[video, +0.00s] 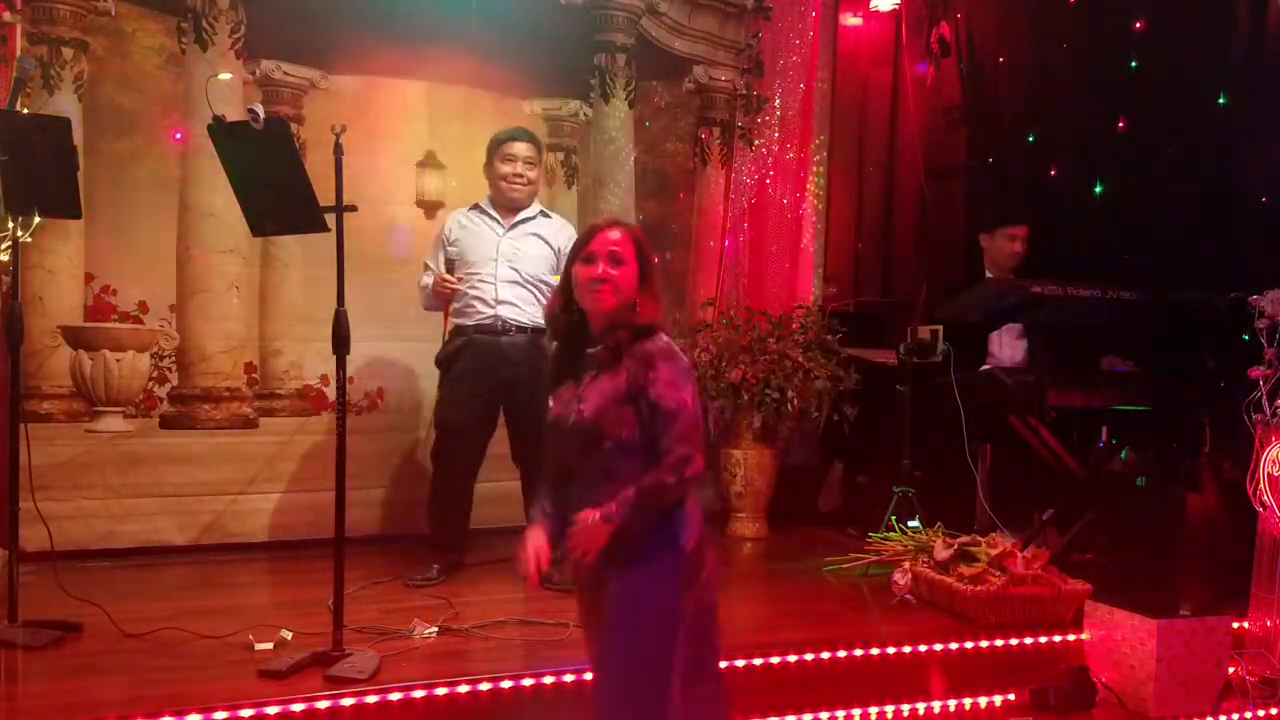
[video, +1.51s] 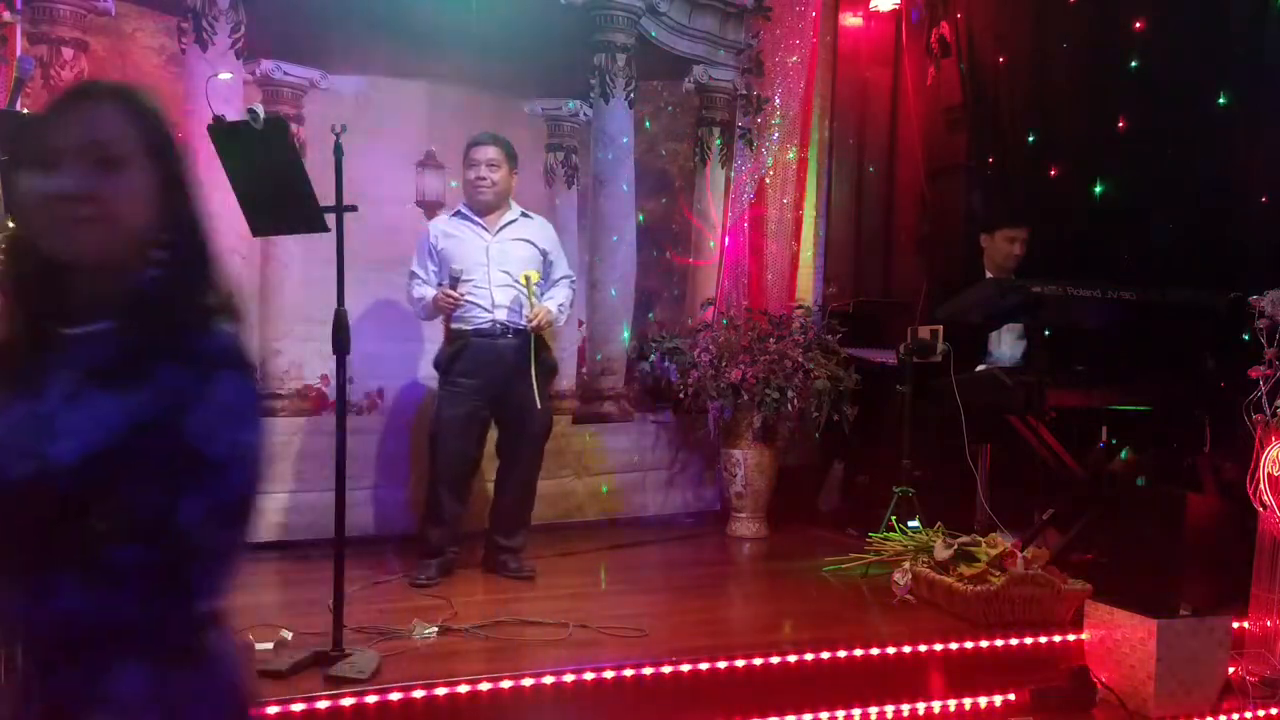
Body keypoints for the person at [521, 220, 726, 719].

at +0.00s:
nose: (599, 271)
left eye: (616, 261)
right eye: (588, 259)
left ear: (641, 281)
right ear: (571, 278)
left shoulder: (655, 356)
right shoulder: (573, 362)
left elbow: (684, 465)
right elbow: (557, 463)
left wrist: (609, 516)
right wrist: (541, 522)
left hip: (654, 554)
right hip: (601, 553)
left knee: (640, 696)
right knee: (616, 695)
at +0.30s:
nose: (574, 260)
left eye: (591, 249)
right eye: (560, 248)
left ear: (617, 269)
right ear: (541, 267)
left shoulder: (639, 359)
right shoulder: (528, 362)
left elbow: (673, 470)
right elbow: (498, 469)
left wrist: (587, 535)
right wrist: (463, 546)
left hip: (620, 572)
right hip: (532, 569)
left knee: (615, 706)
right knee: (503, 700)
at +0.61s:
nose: (486, 253)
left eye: (506, 238)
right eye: (475, 240)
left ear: (544, 258)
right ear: (461, 259)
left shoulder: (573, 371)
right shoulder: (442, 367)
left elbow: (592, 507)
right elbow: (422, 482)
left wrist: (552, 624)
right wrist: (403, 584)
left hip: (529, 569)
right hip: (442, 567)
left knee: (521, 702)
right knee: (427, 701)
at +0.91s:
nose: (384, 229)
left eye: (408, 213)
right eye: (373, 216)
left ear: (453, 236)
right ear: (361, 235)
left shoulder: (498, 366)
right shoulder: (342, 352)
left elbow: (538, 512)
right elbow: (294, 479)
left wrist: (541, 635)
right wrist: (232, 586)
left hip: (443, 606)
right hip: (344, 602)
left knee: (423, 712)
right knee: (327, 711)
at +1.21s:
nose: (273, 218)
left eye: (304, 200)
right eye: (253, 197)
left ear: (346, 228)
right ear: (229, 219)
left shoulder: (383, 380)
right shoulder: (202, 365)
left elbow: (422, 548)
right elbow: (159, 511)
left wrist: (419, 690)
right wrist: (98, 643)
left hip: (330, 652)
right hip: (206, 650)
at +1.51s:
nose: (71, 186)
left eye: (106, 162)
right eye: (49, 164)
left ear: (164, 191)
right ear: (21, 190)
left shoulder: (206, 366)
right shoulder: (24, 355)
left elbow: (186, 570)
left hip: (160, 686)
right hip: (39, 683)